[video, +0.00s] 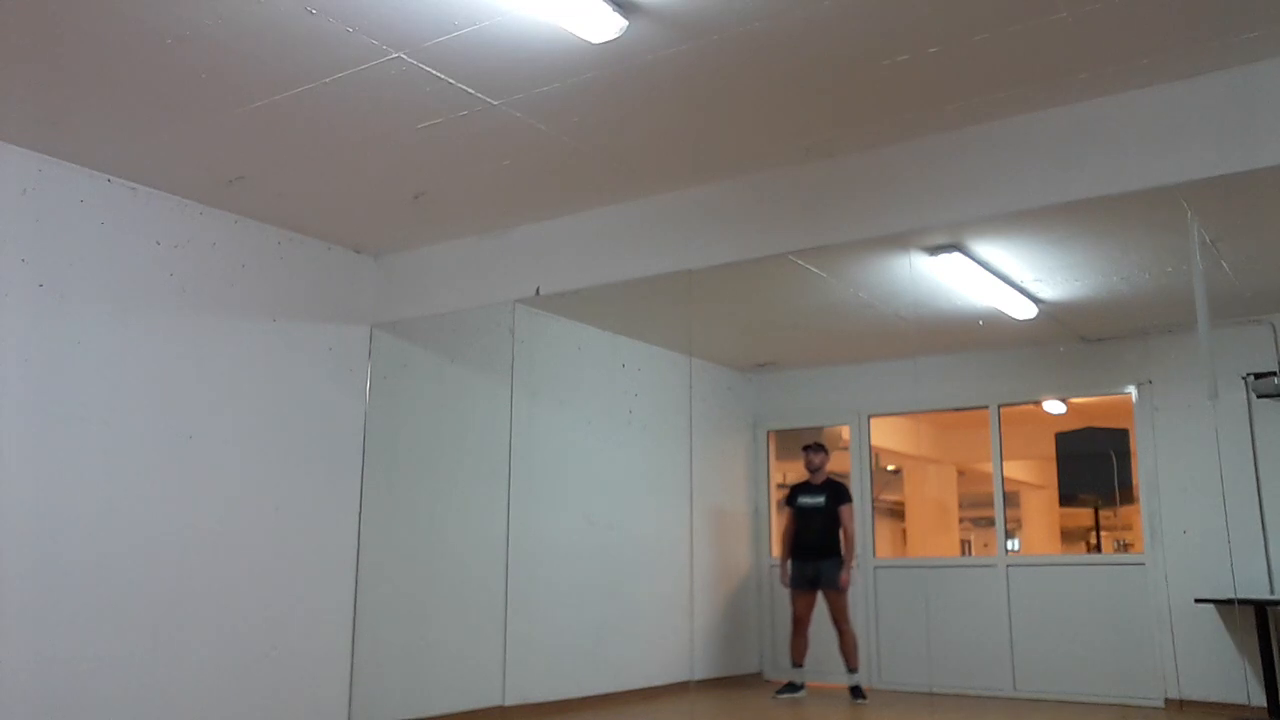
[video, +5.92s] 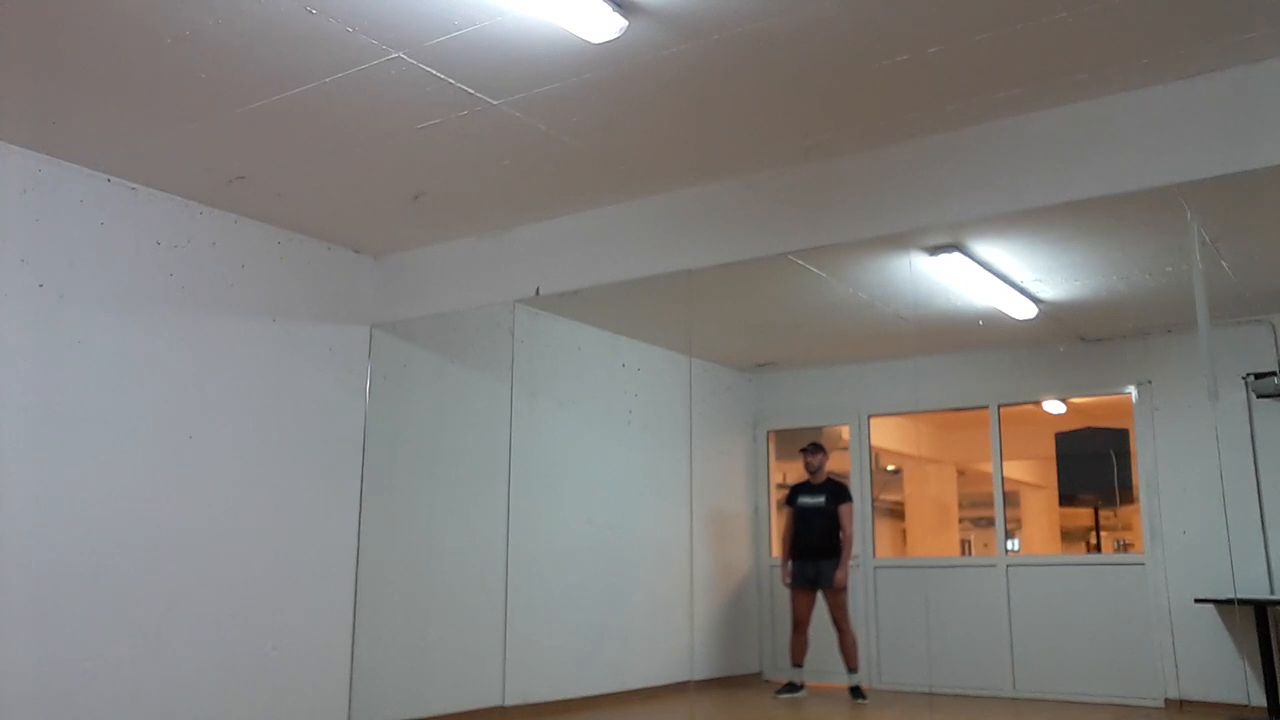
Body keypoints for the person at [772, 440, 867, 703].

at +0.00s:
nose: (812, 460)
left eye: (817, 455)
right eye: (809, 456)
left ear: (827, 459)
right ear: (804, 460)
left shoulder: (838, 490)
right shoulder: (796, 491)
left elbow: (848, 529)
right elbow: (789, 528)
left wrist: (847, 566)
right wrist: (784, 563)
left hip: (831, 564)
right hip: (802, 565)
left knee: (842, 623)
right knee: (799, 622)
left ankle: (854, 682)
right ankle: (797, 680)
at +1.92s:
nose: (811, 458)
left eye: (817, 454)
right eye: (808, 454)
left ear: (826, 459)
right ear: (803, 459)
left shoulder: (837, 489)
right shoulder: (794, 491)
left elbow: (846, 530)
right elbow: (787, 527)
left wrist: (844, 566)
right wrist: (783, 561)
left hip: (829, 563)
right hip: (800, 564)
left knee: (841, 623)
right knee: (798, 623)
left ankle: (854, 682)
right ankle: (796, 680)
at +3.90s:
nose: (812, 460)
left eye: (817, 455)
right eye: (808, 455)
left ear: (826, 459)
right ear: (803, 460)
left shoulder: (838, 490)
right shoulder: (795, 491)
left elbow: (847, 531)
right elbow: (787, 528)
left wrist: (844, 566)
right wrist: (784, 562)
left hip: (830, 563)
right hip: (801, 564)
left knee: (842, 623)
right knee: (799, 623)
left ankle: (854, 681)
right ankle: (796, 680)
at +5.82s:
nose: (810, 460)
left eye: (815, 455)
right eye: (807, 456)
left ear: (825, 458)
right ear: (803, 461)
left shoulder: (839, 490)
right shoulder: (796, 491)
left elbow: (847, 531)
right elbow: (788, 528)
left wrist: (843, 566)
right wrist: (785, 562)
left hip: (830, 563)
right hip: (801, 564)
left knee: (842, 624)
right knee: (799, 624)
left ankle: (854, 682)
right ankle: (796, 680)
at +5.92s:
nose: (810, 460)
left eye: (815, 455)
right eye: (807, 456)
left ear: (825, 458)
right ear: (803, 461)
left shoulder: (839, 490)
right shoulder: (796, 491)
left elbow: (847, 532)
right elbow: (788, 529)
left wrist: (843, 566)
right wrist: (785, 562)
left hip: (830, 563)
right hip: (801, 564)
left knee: (842, 624)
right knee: (799, 624)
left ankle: (854, 682)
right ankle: (796, 679)